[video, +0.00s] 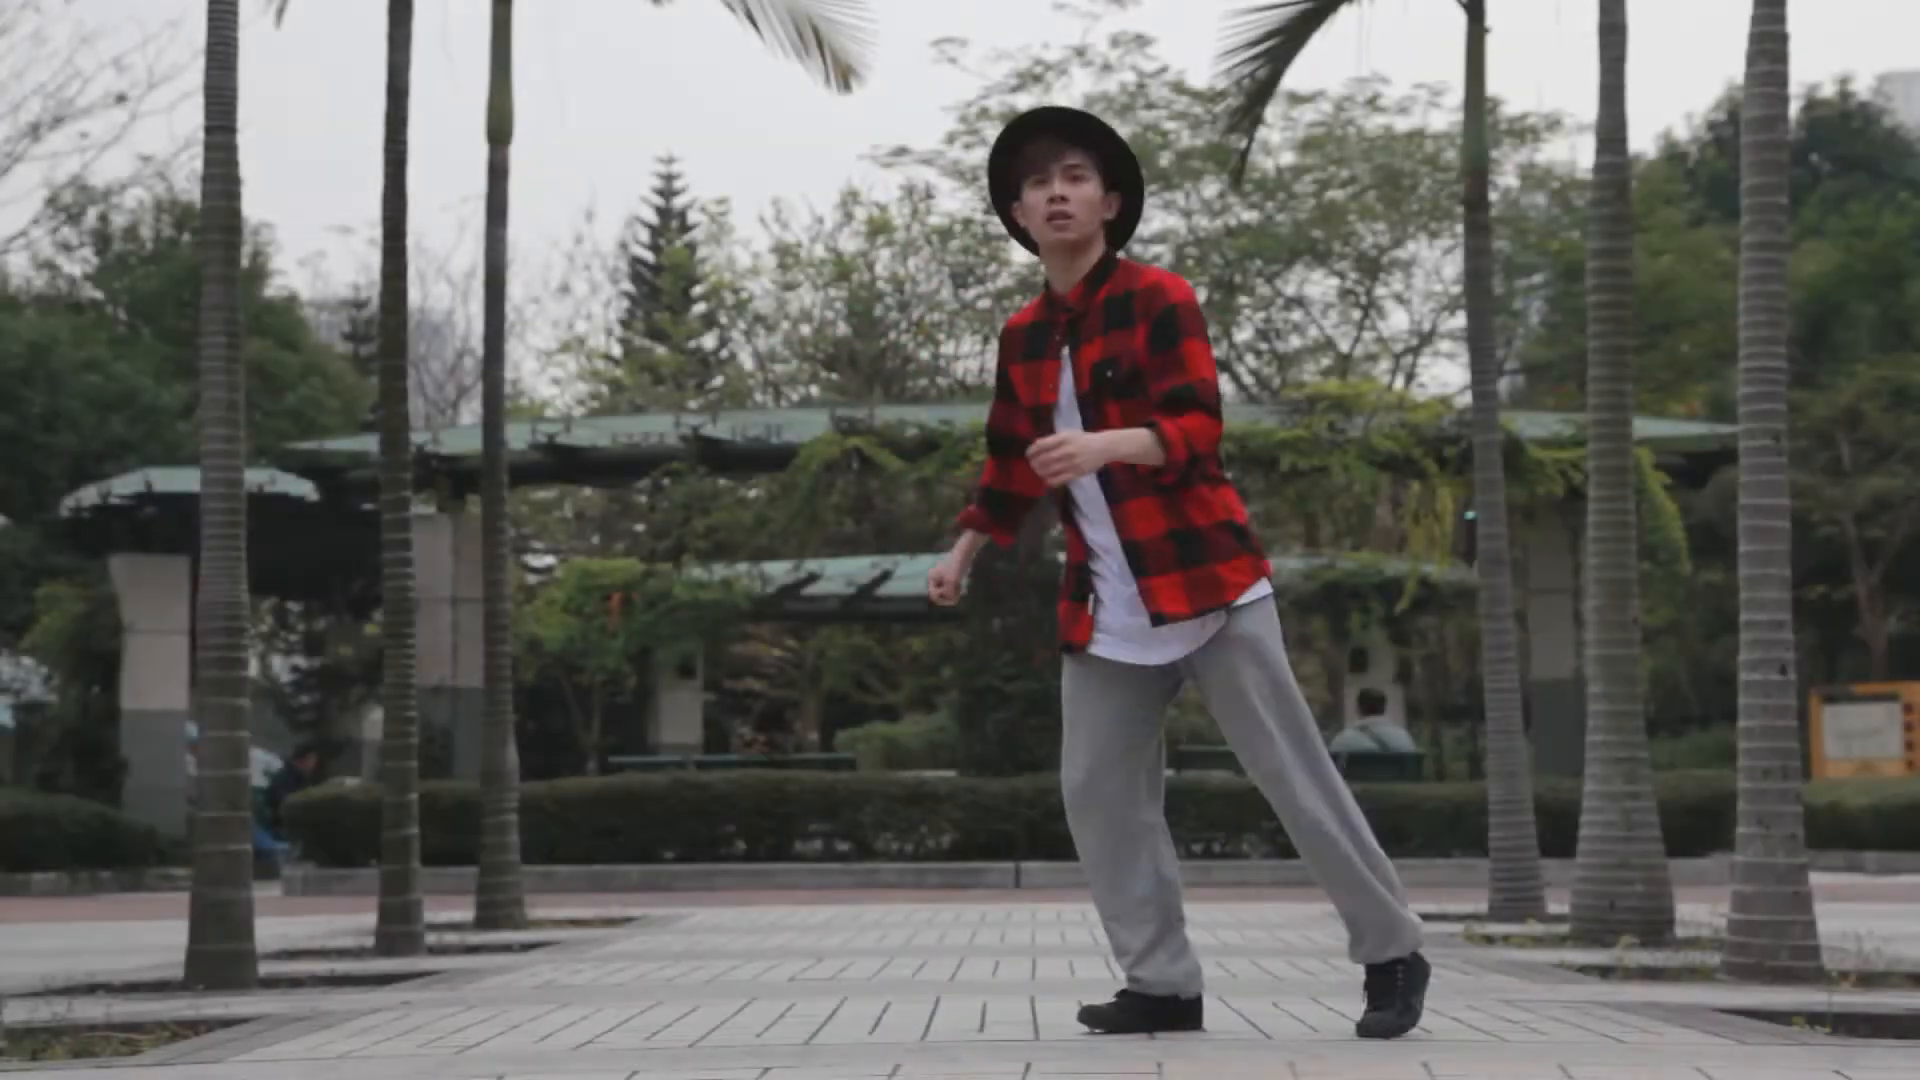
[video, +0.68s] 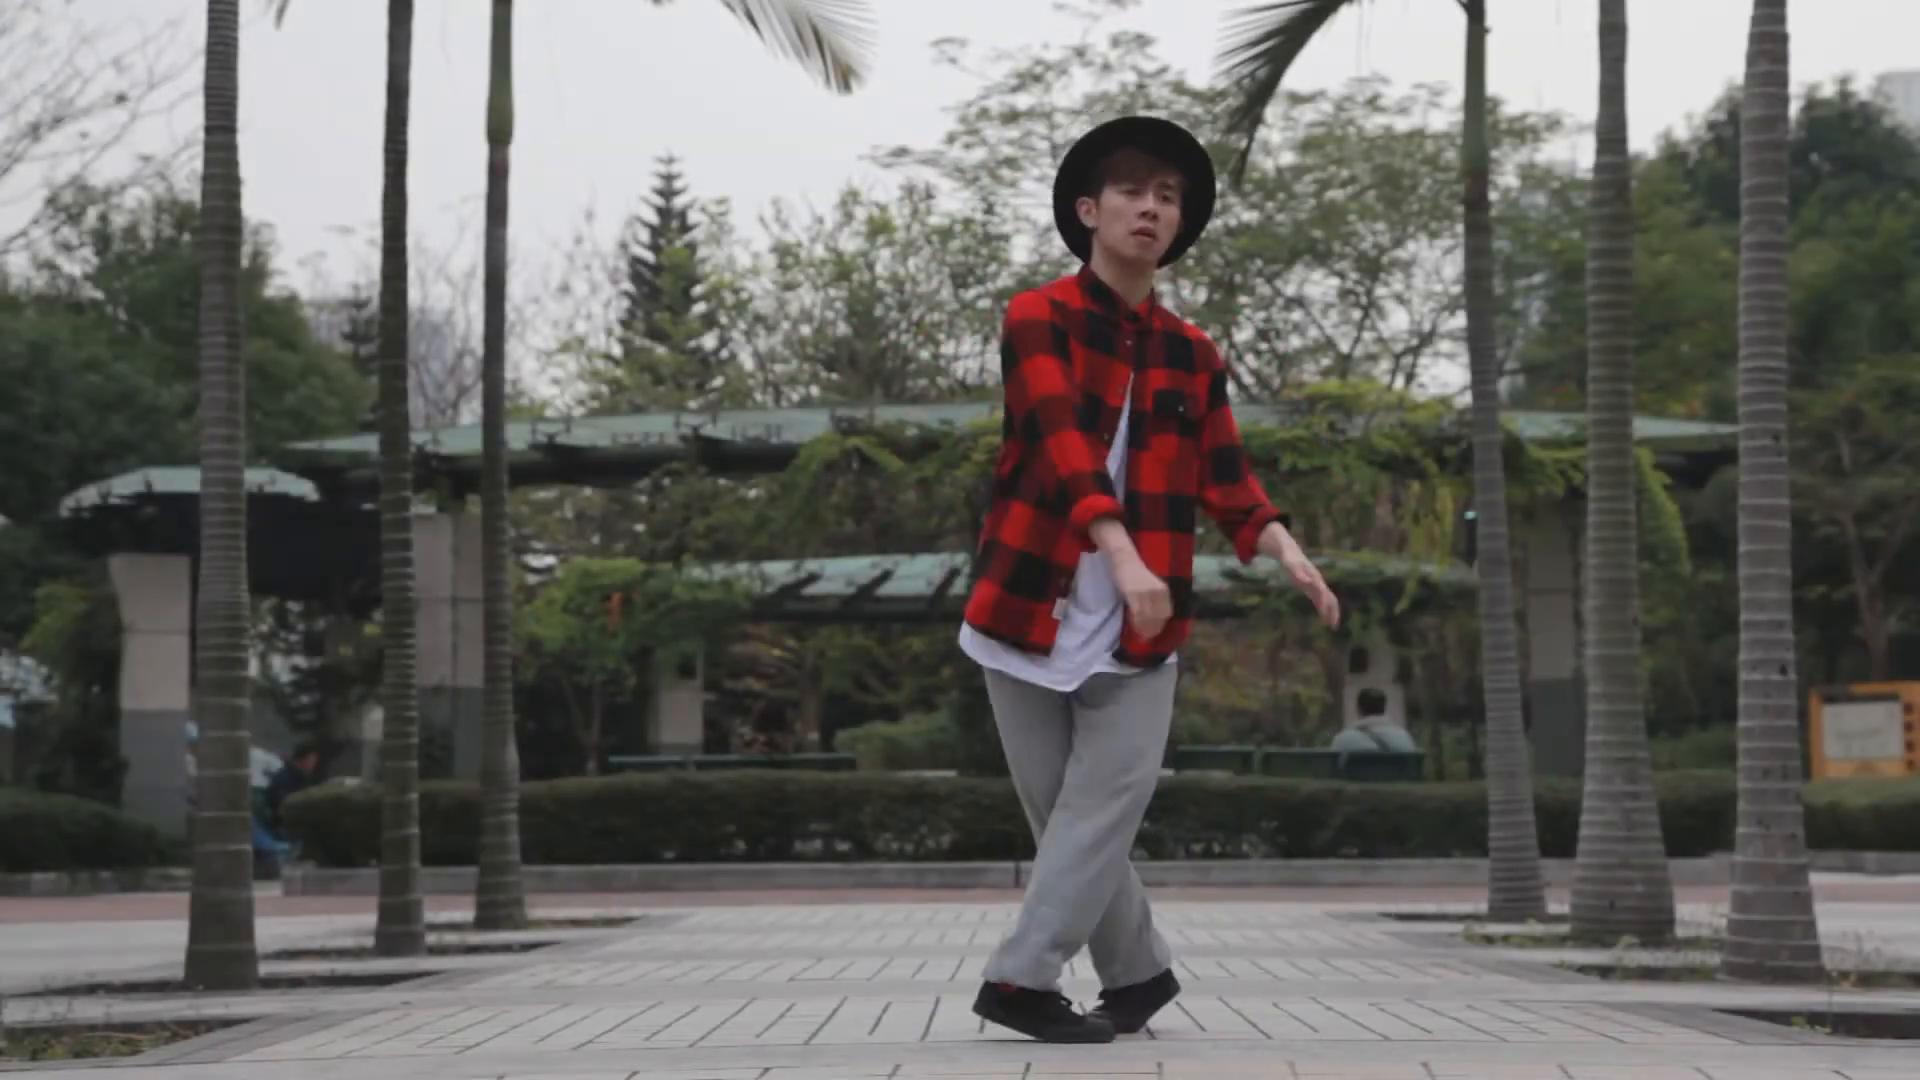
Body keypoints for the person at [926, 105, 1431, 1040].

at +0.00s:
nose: (1056, 194)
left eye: (1075, 176)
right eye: (1036, 182)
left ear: (1111, 200)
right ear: (1015, 215)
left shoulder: (1159, 298)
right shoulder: (1024, 335)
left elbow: (1199, 430)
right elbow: (1008, 461)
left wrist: (1105, 445)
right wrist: (964, 547)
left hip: (1208, 579)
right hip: (1105, 596)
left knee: (1285, 768)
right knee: (1098, 789)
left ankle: (1392, 952)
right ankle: (1163, 984)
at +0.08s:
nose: (1072, 206)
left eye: (1092, 190)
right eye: (1053, 193)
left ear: (1129, 214)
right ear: (1033, 223)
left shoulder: (1169, 310)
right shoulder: (1047, 349)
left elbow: (1201, 442)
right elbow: (1043, 466)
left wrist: (1128, 526)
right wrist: (977, 540)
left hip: (1229, 578)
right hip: (1127, 602)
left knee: (1324, 765)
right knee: (1104, 794)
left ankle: (1393, 964)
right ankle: (1163, 985)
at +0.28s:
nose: (1103, 207)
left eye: (1129, 198)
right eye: (1088, 190)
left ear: (1157, 234)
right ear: (1060, 216)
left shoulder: (1187, 330)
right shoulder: (1047, 352)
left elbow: (1234, 459)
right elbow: (1037, 483)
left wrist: (1232, 579)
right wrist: (950, 504)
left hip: (1231, 603)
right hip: (1123, 621)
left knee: (1308, 788)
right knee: (1105, 798)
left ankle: (1382, 971)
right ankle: (1164, 985)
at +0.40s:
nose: (1126, 181)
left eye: (1151, 174)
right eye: (1110, 164)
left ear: (1173, 212)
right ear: (1074, 188)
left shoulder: (1208, 313)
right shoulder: (1019, 320)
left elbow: (1288, 431)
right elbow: (964, 431)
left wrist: (1279, 547)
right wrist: (927, 454)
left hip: (1203, 582)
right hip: (1085, 595)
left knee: (1249, 743)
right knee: (1091, 778)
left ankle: (1263, 950)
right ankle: (1156, 979)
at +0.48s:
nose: (1140, 183)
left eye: (1162, 175)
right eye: (1122, 167)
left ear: (1182, 213)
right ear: (1083, 191)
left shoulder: (1218, 320)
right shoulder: (1020, 319)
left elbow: (1302, 428)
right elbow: (940, 410)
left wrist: (1302, 534)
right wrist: (937, 446)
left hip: (1181, 595)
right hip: (1059, 602)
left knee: (1210, 744)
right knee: (1060, 783)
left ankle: (1142, 952)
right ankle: (1135, 972)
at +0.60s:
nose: (1145, 216)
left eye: (1165, 205)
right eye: (1126, 199)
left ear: (1183, 237)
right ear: (1085, 224)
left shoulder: (1215, 361)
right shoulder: (1029, 343)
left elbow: (1275, 471)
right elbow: (1012, 448)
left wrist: (1323, 554)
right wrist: (1021, 522)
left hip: (1146, 630)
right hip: (1032, 619)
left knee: (1130, 806)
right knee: (1057, 824)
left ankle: (1010, 971)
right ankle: (1150, 980)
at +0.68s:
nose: (1151, 208)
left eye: (1169, 196)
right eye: (1131, 189)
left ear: (1182, 224)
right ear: (1086, 209)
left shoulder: (1194, 353)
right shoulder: (1037, 317)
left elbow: (1229, 481)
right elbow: (1062, 451)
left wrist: (1289, 554)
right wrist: (1128, 561)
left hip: (1138, 603)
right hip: (1028, 602)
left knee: (1115, 788)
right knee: (1060, 805)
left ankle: (1021, 976)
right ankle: (1137, 970)